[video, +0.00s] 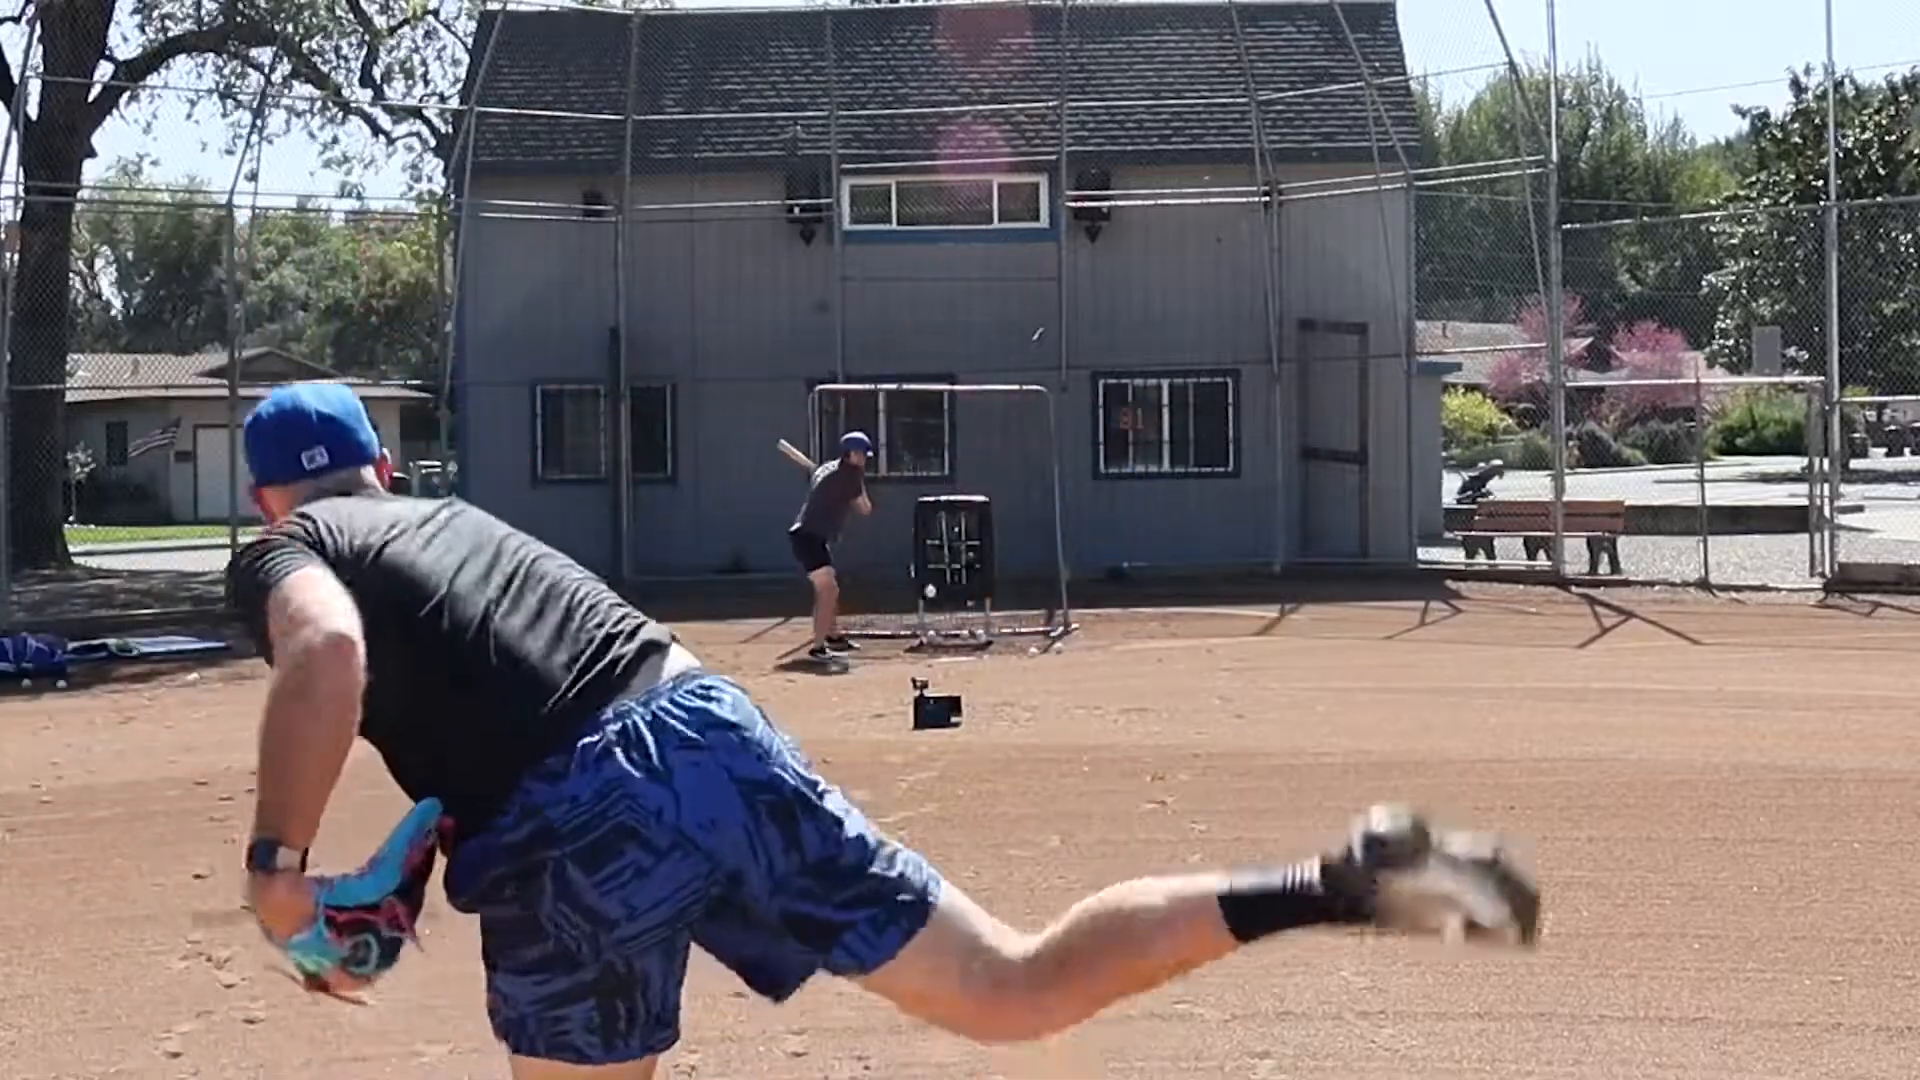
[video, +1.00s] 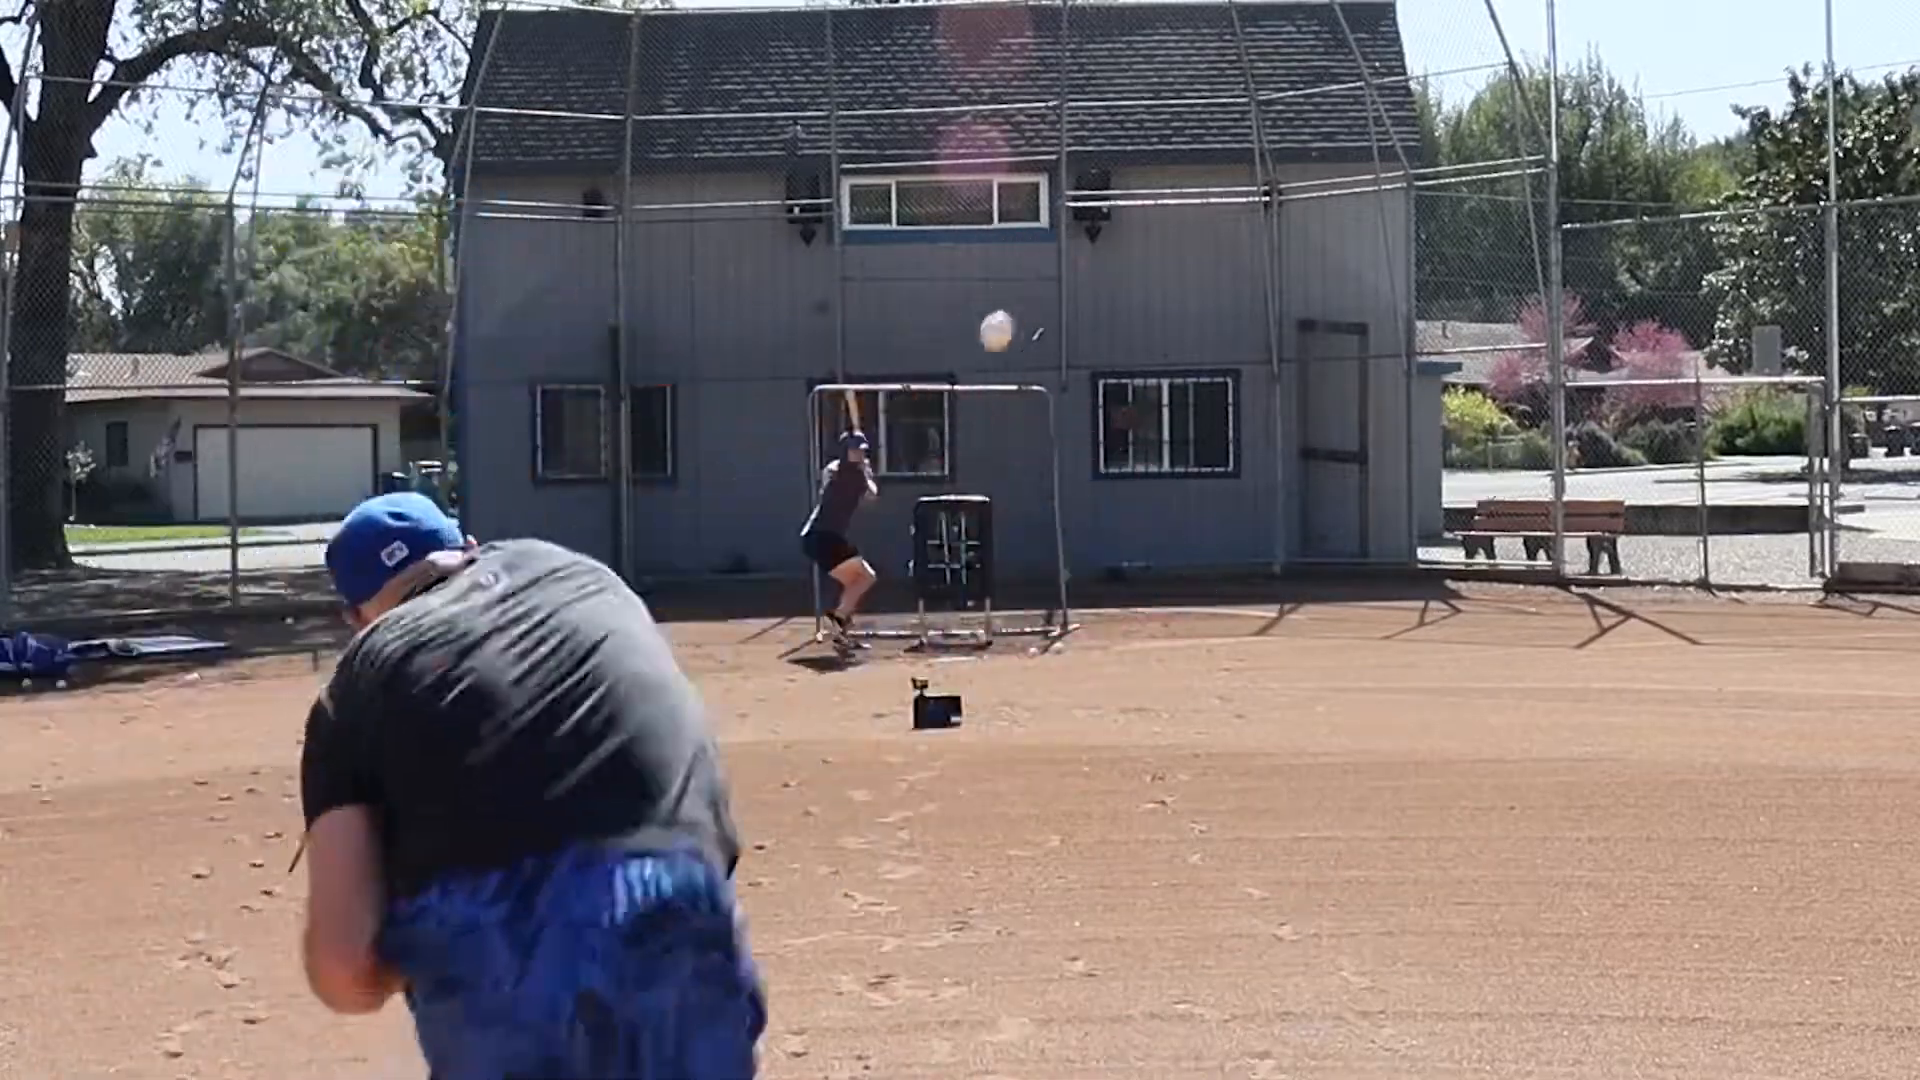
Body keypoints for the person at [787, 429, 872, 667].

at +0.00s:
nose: (864, 459)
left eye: (865, 454)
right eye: (861, 454)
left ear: (848, 455)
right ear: (850, 454)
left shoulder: (828, 467)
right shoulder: (849, 474)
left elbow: (814, 471)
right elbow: (864, 508)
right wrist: (858, 481)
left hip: (808, 534)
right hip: (810, 536)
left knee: (830, 589)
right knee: (827, 589)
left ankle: (832, 633)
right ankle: (818, 645)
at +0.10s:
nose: (860, 454)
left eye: (861, 449)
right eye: (858, 449)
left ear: (842, 449)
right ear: (847, 449)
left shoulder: (820, 464)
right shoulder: (842, 468)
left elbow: (821, 498)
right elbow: (858, 506)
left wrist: (848, 506)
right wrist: (854, 502)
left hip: (811, 528)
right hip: (809, 530)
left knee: (819, 582)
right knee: (816, 583)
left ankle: (821, 633)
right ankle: (811, 642)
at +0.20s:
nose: (852, 453)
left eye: (852, 448)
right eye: (850, 448)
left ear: (832, 446)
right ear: (840, 448)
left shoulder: (810, 464)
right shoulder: (836, 470)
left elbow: (792, 501)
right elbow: (846, 506)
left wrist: (818, 516)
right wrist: (850, 521)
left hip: (805, 531)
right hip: (813, 534)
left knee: (816, 588)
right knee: (814, 590)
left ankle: (819, 635)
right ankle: (811, 643)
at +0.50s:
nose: (828, 451)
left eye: (829, 446)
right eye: (826, 446)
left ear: (808, 443)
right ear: (817, 444)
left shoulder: (796, 466)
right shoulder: (814, 471)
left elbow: (793, 507)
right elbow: (819, 512)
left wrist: (804, 527)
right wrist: (834, 543)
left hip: (804, 533)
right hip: (814, 534)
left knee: (817, 588)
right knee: (817, 590)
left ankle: (819, 634)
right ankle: (812, 643)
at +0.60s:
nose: (853, 444)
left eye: (856, 440)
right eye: (848, 441)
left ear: (859, 440)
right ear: (839, 442)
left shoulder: (868, 455)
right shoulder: (833, 462)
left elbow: (875, 478)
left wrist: (854, 459)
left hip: (855, 527)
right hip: (834, 527)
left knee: (860, 577)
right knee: (865, 575)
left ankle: (845, 626)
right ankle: (838, 622)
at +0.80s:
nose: (860, 447)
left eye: (861, 442)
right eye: (855, 443)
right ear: (845, 445)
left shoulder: (831, 465)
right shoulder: (850, 469)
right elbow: (875, 488)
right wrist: (876, 469)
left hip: (815, 534)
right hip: (832, 533)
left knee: (855, 580)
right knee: (875, 566)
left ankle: (845, 632)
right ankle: (846, 611)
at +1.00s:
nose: (861, 455)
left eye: (862, 451)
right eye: (856, 451)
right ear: (848, 452)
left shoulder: (833, 468)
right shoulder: (857, 474)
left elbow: (830, 467)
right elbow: (873, 492)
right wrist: (866, 472)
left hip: (813, 535)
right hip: (827, 536)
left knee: (852, 581)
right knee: (866, 576)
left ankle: (841, 632)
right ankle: (841, 614)